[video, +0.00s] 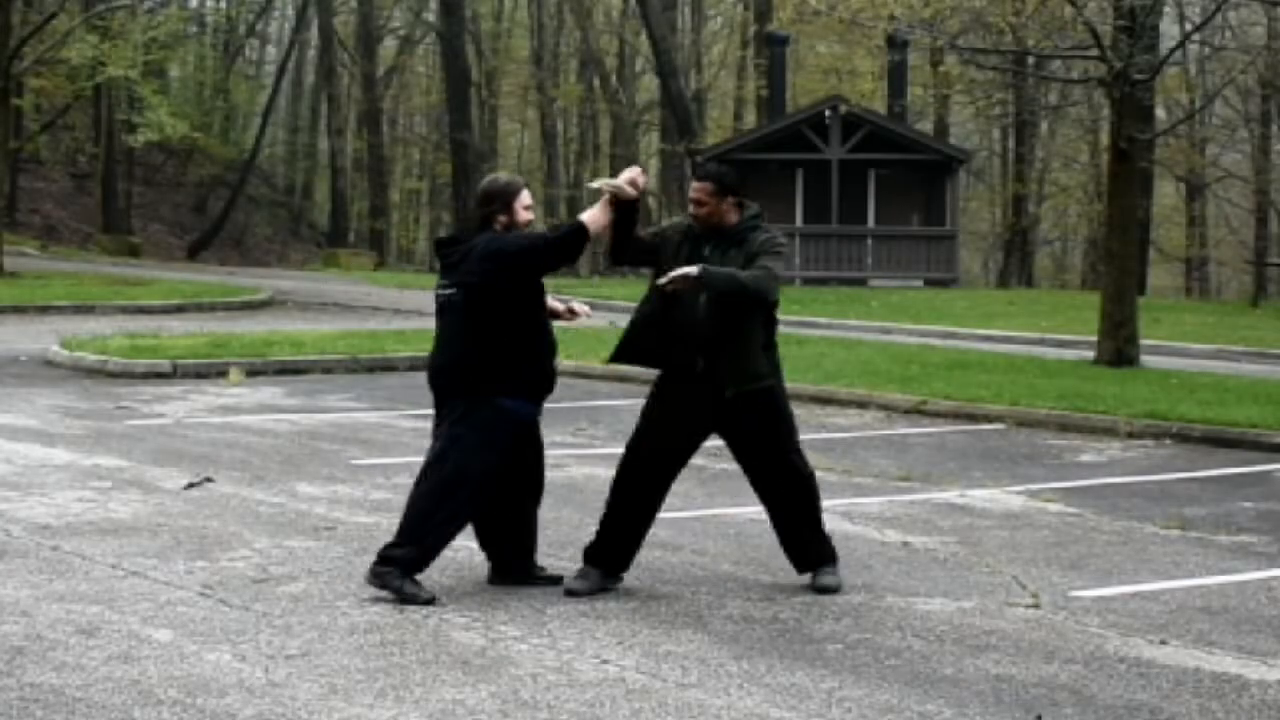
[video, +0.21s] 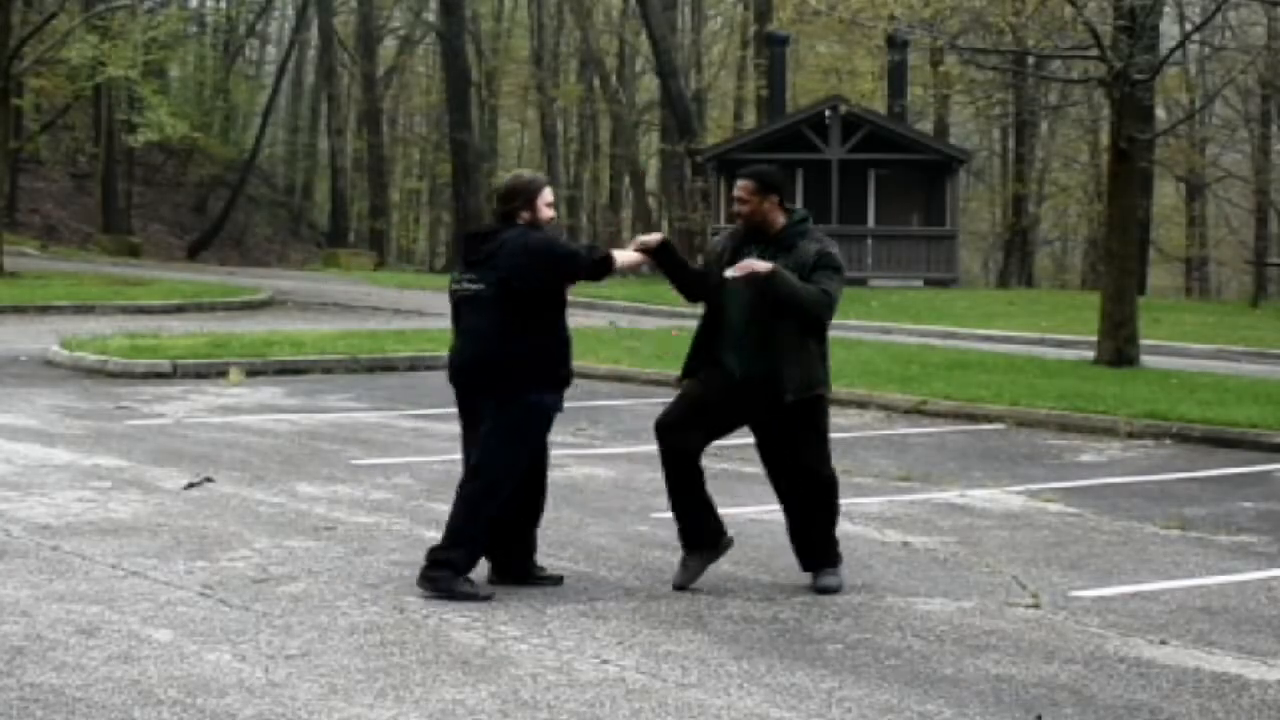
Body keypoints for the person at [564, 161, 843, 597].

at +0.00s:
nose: (693, 210)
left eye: (701, 203)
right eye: (691, 202)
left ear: (731, 204)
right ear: (689, 201)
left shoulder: (764, 241)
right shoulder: (682, 235)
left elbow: (764, 287)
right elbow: (622, 252)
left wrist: (702, 276)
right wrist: (624, 202)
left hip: (748, 387)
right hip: (684, 385)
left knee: (784, 474)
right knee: (640, 472)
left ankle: (821, 564)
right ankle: (602, 566)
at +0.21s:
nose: (736, 209)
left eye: (743, 202)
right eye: (734, 202)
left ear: (773, 203)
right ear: (739, 204)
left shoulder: (814, 251)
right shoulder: (733, 244)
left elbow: (822, 308)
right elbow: (697, 290)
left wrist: (772, 273)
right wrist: (662, 251)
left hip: (791, 388)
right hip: (731, 382)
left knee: (807, 477)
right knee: (674, 431)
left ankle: (825, 563)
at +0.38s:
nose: (753, 210)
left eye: (760, 202)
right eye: (751, 202)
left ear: (789, 203)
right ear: (758, 204)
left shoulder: (827, 250)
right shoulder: (754, 245)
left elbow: (824, 308)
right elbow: (733, 305)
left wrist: (769, 271)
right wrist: (695, 286)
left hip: (804, 387)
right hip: (745, 380)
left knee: (809, 478)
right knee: (693, 435)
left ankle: (824, 564)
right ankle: (712, 545)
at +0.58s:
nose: (758, 206)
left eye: (766, 199)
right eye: (757, 197)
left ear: (794, 201)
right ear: (770, 201)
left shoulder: (820, 250)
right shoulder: (762, 242)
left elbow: (765, 286)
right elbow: (722, 287)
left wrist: (702, 266)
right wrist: (733, 251)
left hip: (805, 383)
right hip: (749, 375)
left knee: (807, 474)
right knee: (692, 428)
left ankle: (823, 564)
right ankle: (687, 538)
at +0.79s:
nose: (750, 203)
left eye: (758, 197)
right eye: (750, 195)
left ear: (786, 200)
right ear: (756, 197)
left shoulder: (813, 251)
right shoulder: (743, 233)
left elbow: (775, 298)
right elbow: (689, 240)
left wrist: (720, 284)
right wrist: (693, 196)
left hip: (790, 389)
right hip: (730, 385)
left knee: (801, 480)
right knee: (694, 473)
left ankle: (823, 565)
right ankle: (671, 567)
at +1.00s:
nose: (755, 205)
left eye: (763, 200)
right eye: (754, 198)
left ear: (791, 203)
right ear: (755, 197)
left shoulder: (816, 253)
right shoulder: (741, 230)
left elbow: (803, 309)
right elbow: (682, 227)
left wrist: (731, 293)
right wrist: (698, 175)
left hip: (787, 384)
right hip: (732, 377)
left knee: (789, 473)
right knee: (692, 469)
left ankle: (842, 554)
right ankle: (672, 566)